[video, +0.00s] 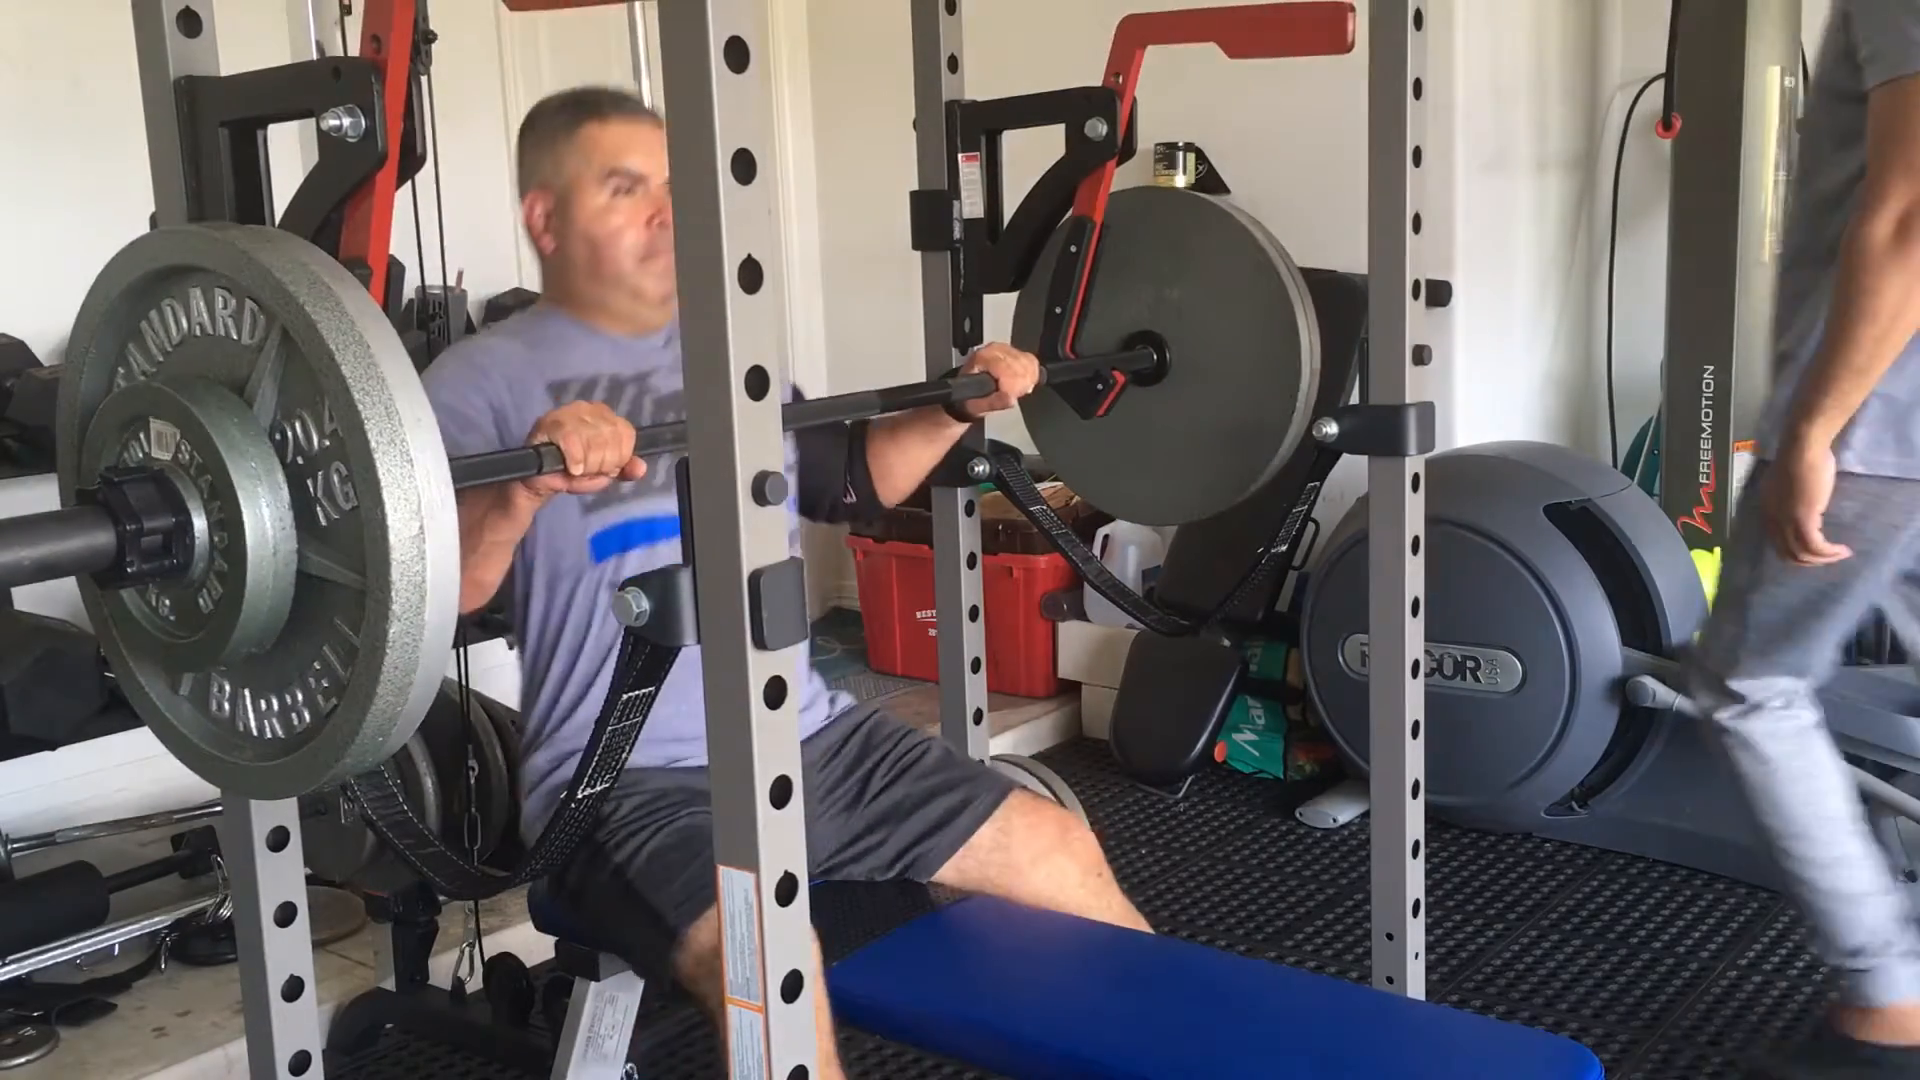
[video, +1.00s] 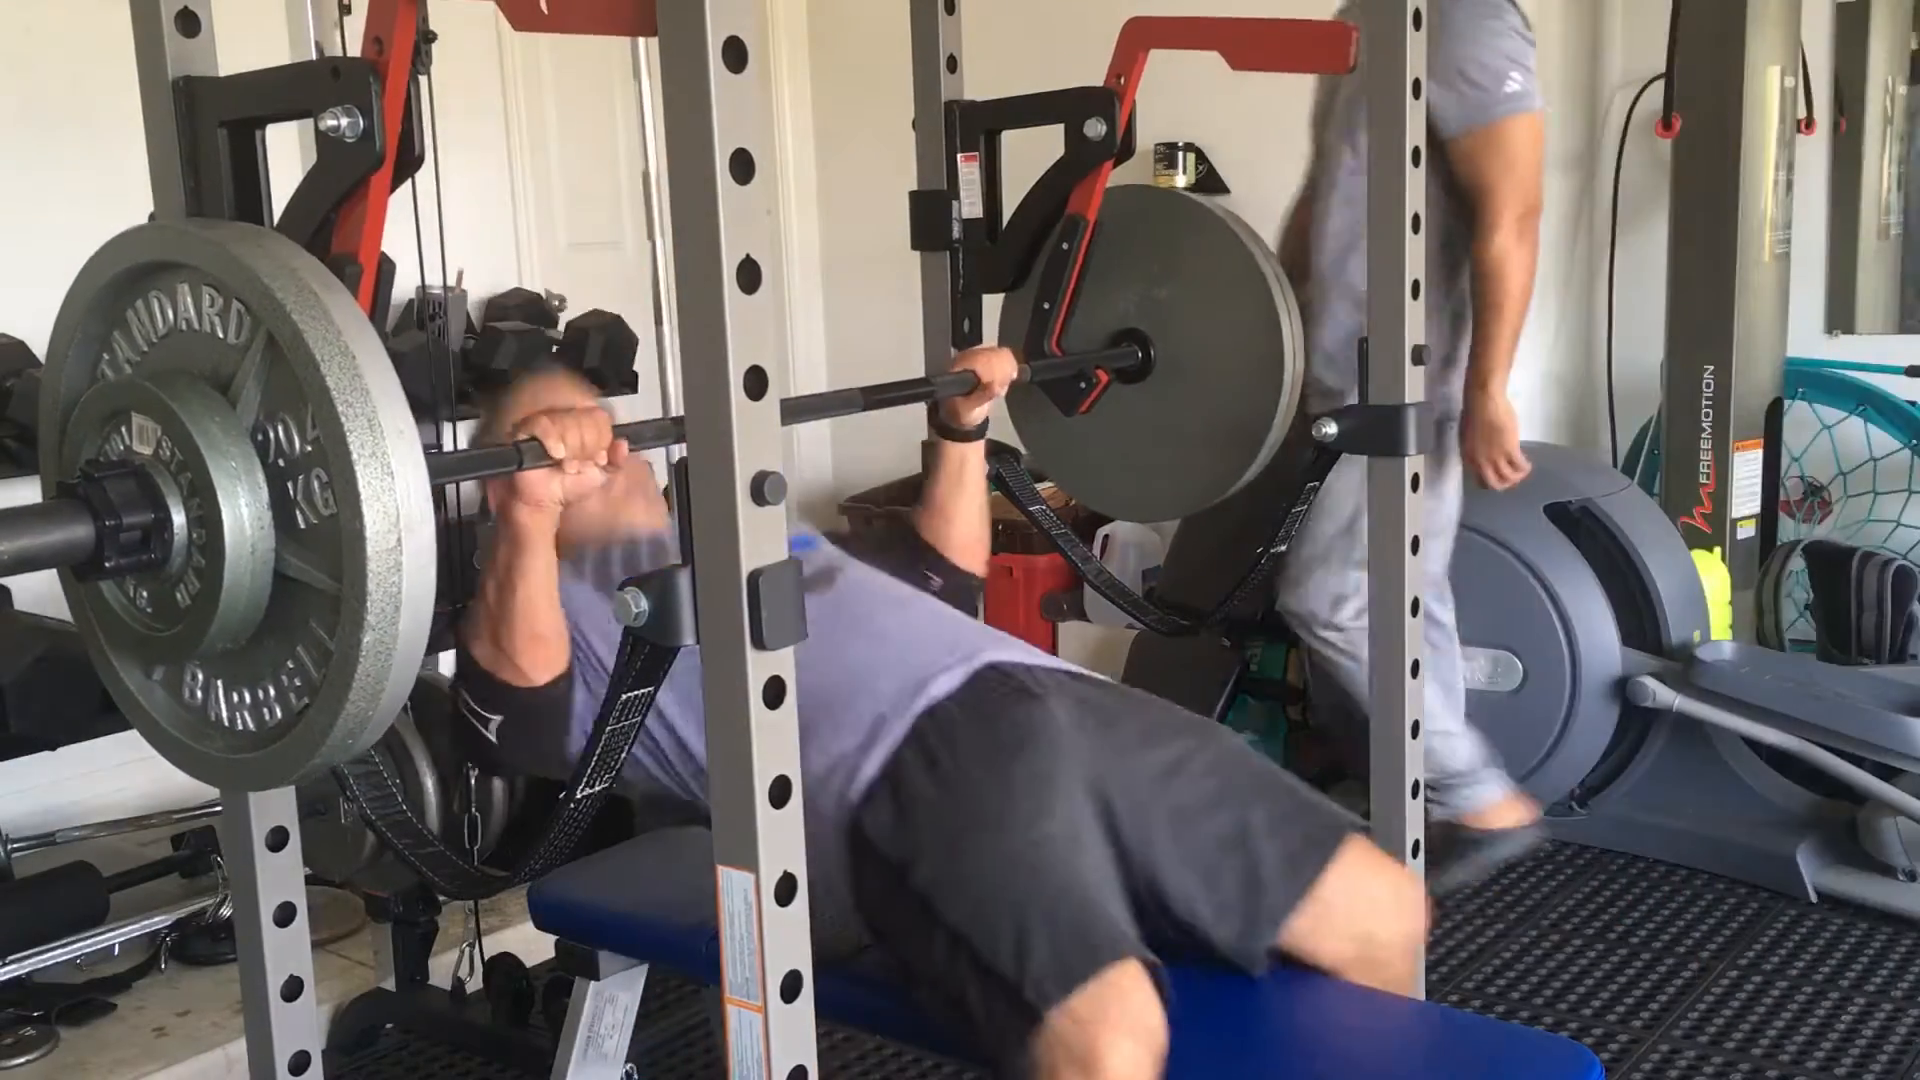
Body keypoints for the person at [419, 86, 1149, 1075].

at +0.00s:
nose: (665, 211)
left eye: (671, 187)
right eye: (624, 188)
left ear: (691, 204)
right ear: (543, 222)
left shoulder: (722, 347)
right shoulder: (480, 380)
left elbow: (848, 478)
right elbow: (440, 597)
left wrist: (957, 404)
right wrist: (523, 485)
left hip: (808, 731)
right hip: (625, 776)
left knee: (1049, 845)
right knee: (761, 954)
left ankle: (1189, 1060)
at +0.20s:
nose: (617, 251)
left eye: (625, 224)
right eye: (577, 226)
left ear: (640, 239)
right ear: (494, 253)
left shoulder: (685, 365)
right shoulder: (435, 401)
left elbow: (840, 464)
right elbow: (408, 607)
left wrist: (954, 400)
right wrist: (512, 488)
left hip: (772, 717)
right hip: (597, 767)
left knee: (1043, 846)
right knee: (739, 937)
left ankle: (1167, 1054)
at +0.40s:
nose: (624, 259)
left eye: (632, 231)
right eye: (581, 234)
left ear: (649, 248)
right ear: (503, 263)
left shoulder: (690, 371)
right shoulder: (444, 401)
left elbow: (849, 477)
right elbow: (404, 606)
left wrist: (954, 403)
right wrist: (514, 486)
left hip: (771, 718)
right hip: (598, 765)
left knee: (1046, 840)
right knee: (734, 942)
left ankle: (1172, 1059)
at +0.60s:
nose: (672, 158)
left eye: (677, 137)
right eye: (631, 139)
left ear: (704, 160)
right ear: (557, 190)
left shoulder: (750, 317)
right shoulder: (511, 344)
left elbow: (849, 477)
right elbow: (424, 577)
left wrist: (950, 403)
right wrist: (513, 477)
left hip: (828, 705)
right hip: (646, 753)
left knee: (1094, 834)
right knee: (782, 951)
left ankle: (1210, 1057)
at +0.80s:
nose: (619, 233)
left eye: (625, 208)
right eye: (576, 215)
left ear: (643, 224)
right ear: (501, 256)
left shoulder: (707, 350)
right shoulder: (479, 396)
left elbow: (863, 506)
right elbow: (464, 607)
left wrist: (951, 406)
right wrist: (522, 480)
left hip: (950, 654)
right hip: (800, 712)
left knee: (1240, 854)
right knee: (971, 952)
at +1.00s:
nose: (611, 456)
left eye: (610, 432)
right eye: (561, 444)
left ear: (633, 443)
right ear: (501, 493)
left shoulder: (753, 530)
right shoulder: (565, 619)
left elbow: (947, 585)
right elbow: (521, 717)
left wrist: (962, 425)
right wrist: (518, 520)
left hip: (1056, 697)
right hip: (924, 773)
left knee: (1387, 912)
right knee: (1112, 1035)